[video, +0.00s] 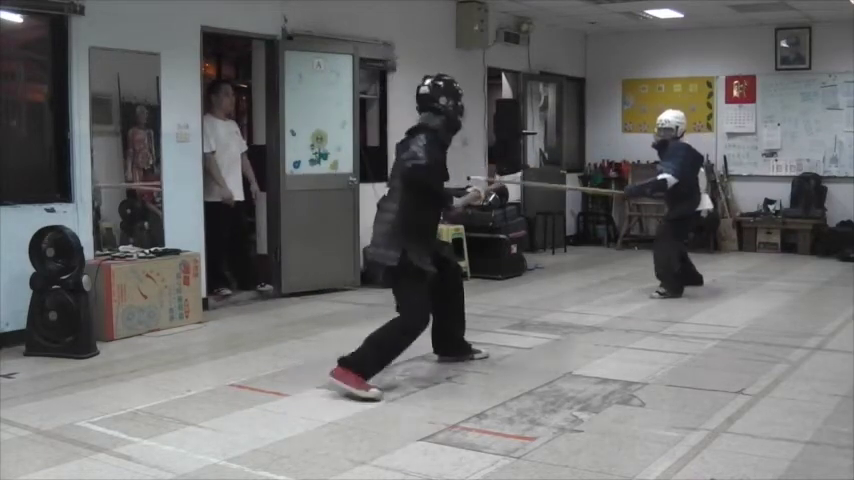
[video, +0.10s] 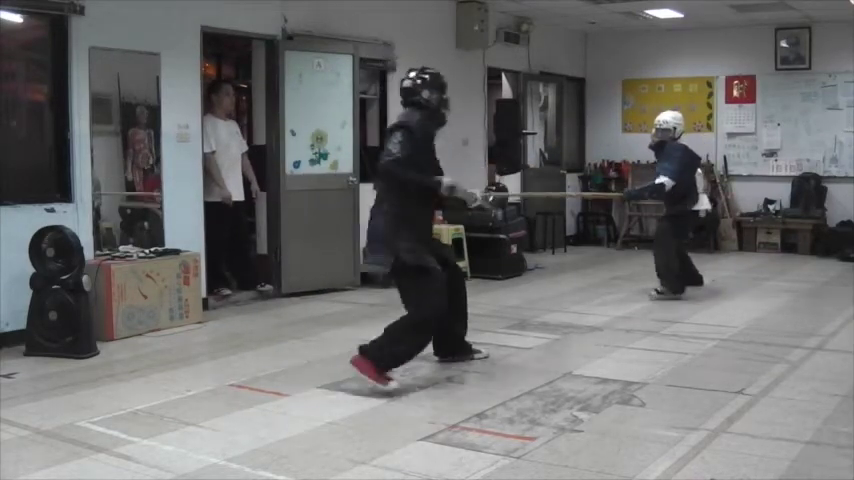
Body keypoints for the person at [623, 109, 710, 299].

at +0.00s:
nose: (662, 134)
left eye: (667, 130)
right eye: (660, 130)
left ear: (678, 131)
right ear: (657, 130)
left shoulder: (680, 150)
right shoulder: (668, 149)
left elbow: (666, 180)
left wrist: (635, 190)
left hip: (686, 207)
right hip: (679, 205)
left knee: (664, 240)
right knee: (668, 240)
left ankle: (672, 285)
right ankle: (689, 275)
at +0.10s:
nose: (659, 134)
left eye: (664, 130)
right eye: (658, 130)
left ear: (675, 132)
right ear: (655, 130)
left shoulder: (676, 151)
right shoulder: (665, 151)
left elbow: (663, 185)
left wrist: (633, 194)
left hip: (684, 208)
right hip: (677, 207)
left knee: (663, 240)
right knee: (669, 241)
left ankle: (671, 287)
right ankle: (690, 276)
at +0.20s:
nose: (653, 136)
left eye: (658, 132)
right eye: (652, 131)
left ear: (669, 133)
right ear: (649, 130)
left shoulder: (668, 153)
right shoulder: (662, 150)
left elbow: (665, 193)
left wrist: (639, 200)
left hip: (677, 206)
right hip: (678, 204)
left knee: (663, 244)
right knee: (675, 243)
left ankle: (663, 290)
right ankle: (693, 276)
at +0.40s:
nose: (637, 147)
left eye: (643, 143)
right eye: (636, 142)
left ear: (655, 145)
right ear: (634, 142)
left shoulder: (661, 166)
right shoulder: (643, 165)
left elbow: (650, 197)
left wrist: (623, 205)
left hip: (678, 214)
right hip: (666, 213)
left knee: (657, 244)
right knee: (677, 243)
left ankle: (658, 293)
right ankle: (693, 273)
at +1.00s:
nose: (623, 141)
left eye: (629, 137)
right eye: (621, 136)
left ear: (641, 138)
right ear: (619, 136)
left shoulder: (650, 160)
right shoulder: (631, 159)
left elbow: (669, 196)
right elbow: (636, 189)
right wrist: (628, 211)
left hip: (668, 207)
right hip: (652, 205)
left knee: (656, 245)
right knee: (651, 243)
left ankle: (658, 292)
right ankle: (665, 278)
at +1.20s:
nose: (630, 130)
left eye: (635, 125)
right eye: (628, 125)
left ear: (647, 126)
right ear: (625, 125)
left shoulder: (659, 148)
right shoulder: (638, 148)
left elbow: (662, 186)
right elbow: (643, 179)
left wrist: (634, 192)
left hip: (665, 204)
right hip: (650, 204)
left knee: (661, 244)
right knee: (642, 244)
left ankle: (661, 290)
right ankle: (655, 280)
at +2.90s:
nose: (640, 126)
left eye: (645, 122)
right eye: (640, 122)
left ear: (657, 123)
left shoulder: (659, 143)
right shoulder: (652, 141)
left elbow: (646, 168)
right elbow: (642, 163)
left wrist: (623, 175)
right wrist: (626, 173)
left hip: (667, 200)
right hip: (666, 198)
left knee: (651, 238)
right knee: (667, 238)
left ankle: (661, 285)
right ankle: (680, 275)